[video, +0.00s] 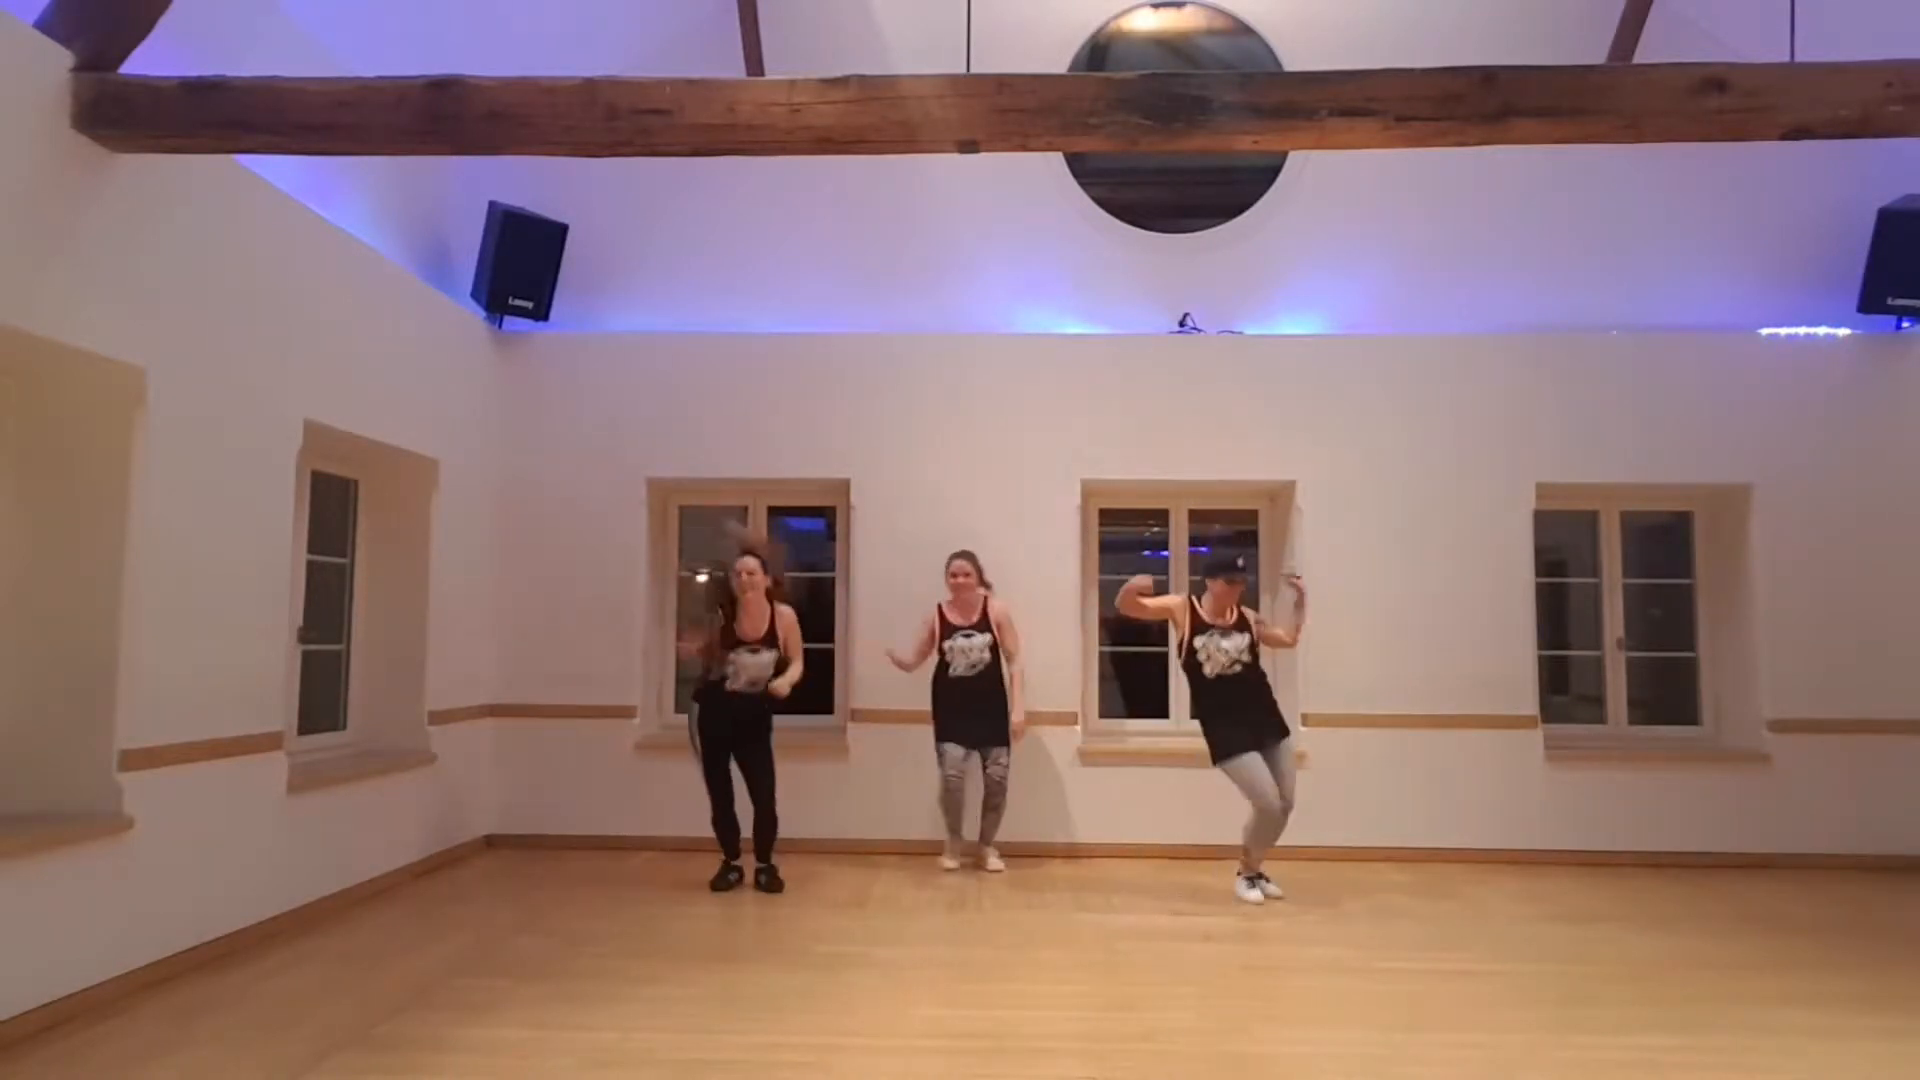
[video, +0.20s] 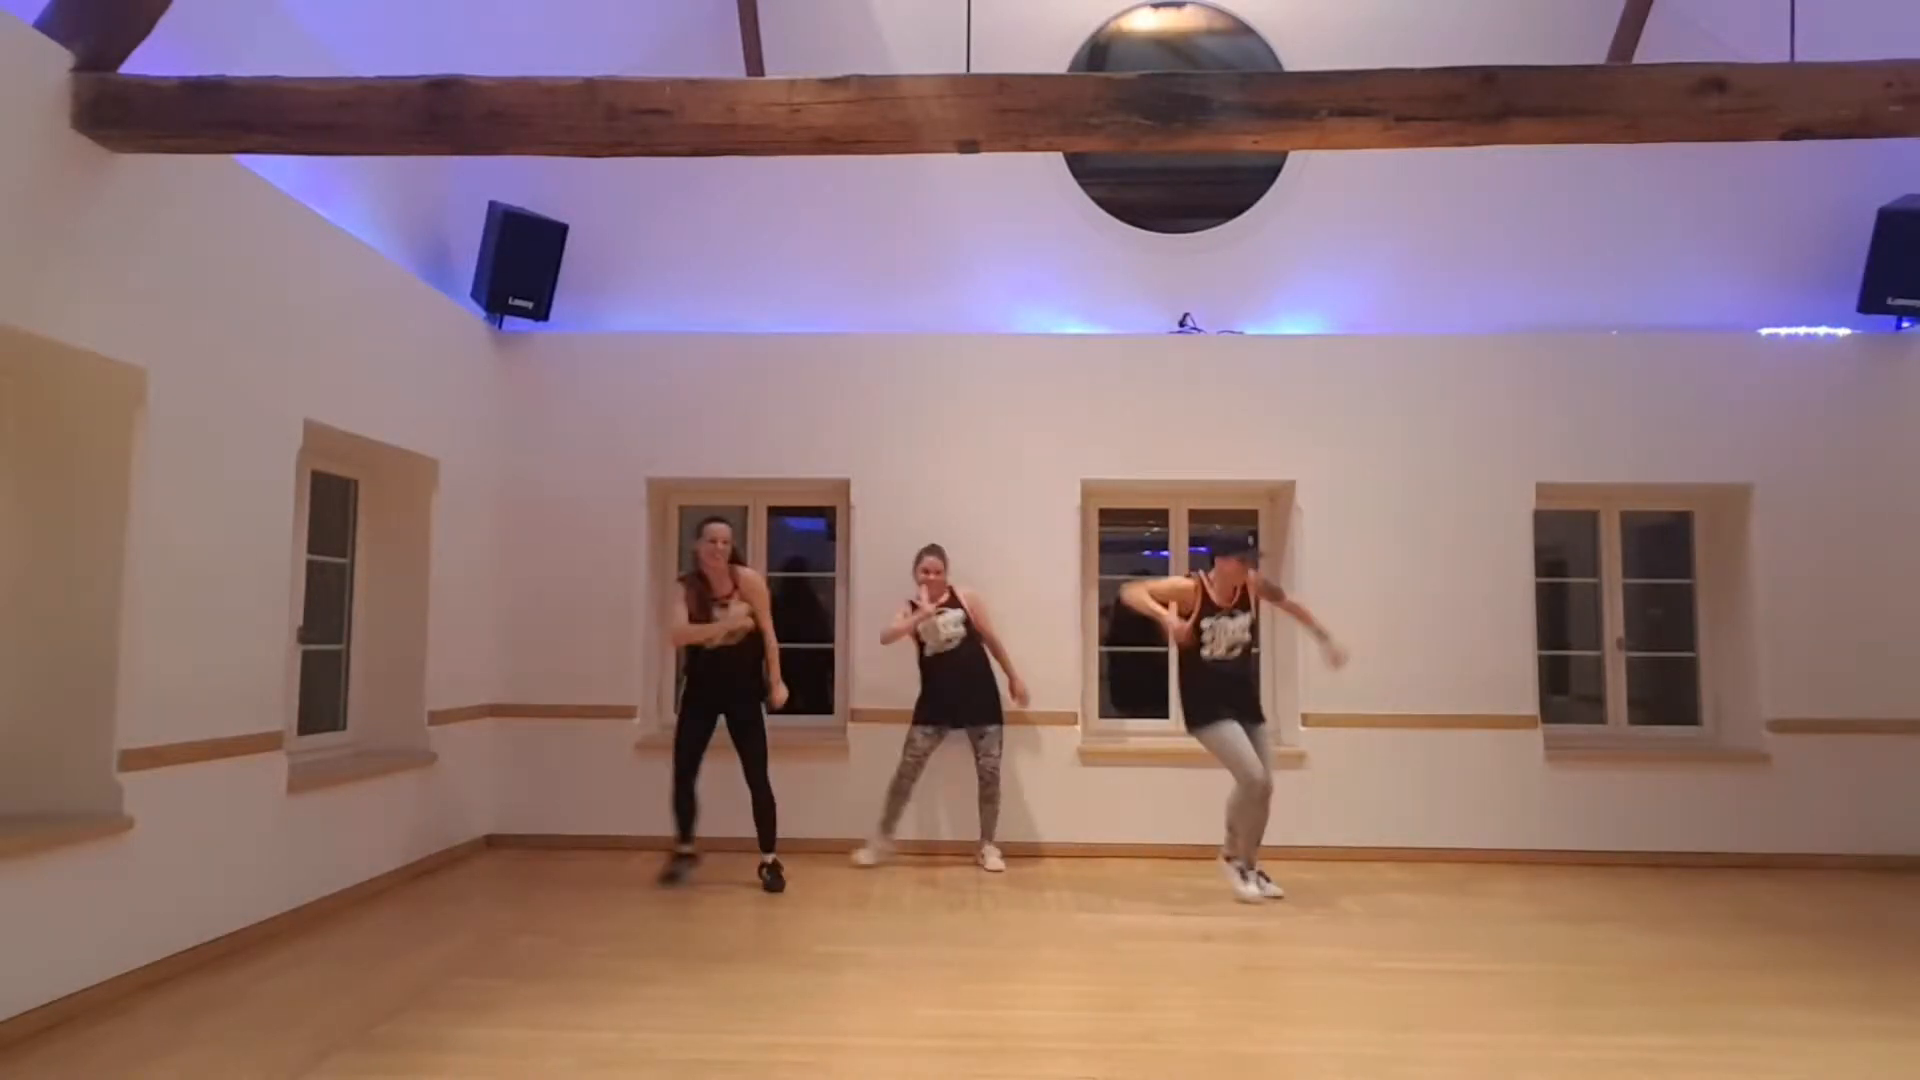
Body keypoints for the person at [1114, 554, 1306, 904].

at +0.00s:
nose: (1237, 591)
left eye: (1240, 584)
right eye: (1231, 583)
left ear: (1243, 586)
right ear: (1210, 582)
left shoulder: (1246, 618)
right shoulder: (1182, 608)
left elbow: (1288, 638)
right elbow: (1126, 605)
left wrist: (1300, 601)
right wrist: (1132, 587)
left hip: (1266, 719)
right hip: (1225, 728)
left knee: (1284, 802)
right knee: (1268, 803)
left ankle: (1252, 870)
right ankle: (1248, 873)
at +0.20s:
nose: (1247, 570)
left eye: (1249, 563)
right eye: (1240, 562)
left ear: (1248, 564)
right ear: (1218, 562)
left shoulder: (1252, 586)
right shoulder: (1190, 589)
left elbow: (1289, 606)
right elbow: (1130, 592)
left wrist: (1325, 639)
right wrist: (1166, 617)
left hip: (1245, 702)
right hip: (1206, 706)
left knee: (1263, 785)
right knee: (1254, 779)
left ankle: (1250, 866)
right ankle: (1232, 857)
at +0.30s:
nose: (1250, 563)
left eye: (1251, 556)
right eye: (1245, 555)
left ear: (1247, 558)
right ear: (1226, 555)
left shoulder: (1250, 584)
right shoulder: (1197, 589)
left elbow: (1264, 627)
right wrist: (1217, 624)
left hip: (1228, 697)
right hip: (1191, 695)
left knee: (1250, 778)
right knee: (1216, 765)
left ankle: (1245, 868)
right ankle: (1195, 855)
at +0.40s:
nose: (1242, 567)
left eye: (1244, 561)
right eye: (1237, 560)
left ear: (1236, 565)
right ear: (1216, 563)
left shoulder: (1236, 595)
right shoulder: (1197, 603)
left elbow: (1268, 608)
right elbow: (1236, 658)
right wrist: (1265, 624)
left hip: (1217, 709)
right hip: (1179, 707)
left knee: (1249, 785)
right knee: (1184, 775)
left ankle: (1245, 872)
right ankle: (1139, 868)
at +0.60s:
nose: (1208, 587)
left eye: (1207, 580)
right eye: (1202, 580)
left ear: (1186, 584)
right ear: (1181, 584)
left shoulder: (1185, 613)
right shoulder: (1170, 615)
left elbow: (1240, 614)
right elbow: (1239, 614)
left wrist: (1299, 614)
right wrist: (1302, 614)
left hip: (1196, 722)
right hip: (1160, 728)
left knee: (1248, 797)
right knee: (1152, 820)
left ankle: (1244, 876)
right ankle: (1091, 884)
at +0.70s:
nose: (1183, 590)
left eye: (1184, 583)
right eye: (1177, 583)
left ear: (1180, 585)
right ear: (1157, 583)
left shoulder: (1174, 610)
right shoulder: (1141, 610)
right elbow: (1215, 619)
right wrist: (1265, 620)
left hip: (1183, 721)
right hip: (1145, 729)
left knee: (1229, 799)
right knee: (1146, 820)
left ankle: (1243, 875)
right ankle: (1092, 885)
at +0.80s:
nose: (1170, 578)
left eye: (1171, 570)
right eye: (1165, 570)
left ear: (1164, 572)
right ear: (1146, 570)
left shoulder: (1161, 606)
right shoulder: (1120, 595)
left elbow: (1157, 672)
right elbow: (1167, 616)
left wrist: (1184, 711)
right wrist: (1222, 611)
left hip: (1167, 714)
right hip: (1126, 719)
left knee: (1213, 786)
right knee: (1125, 816)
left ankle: (1236, 870)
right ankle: (1088, 883)